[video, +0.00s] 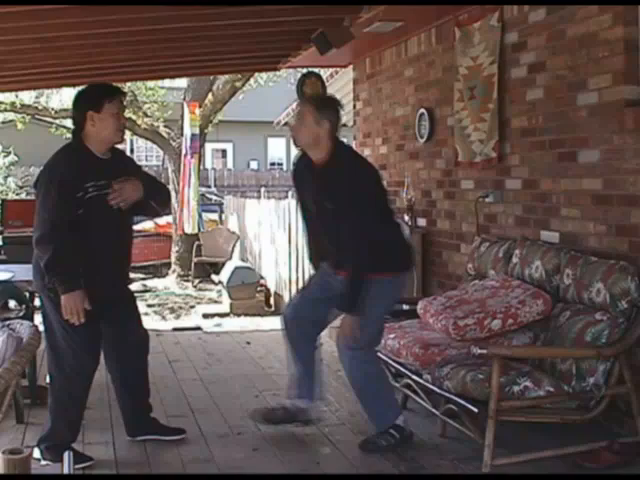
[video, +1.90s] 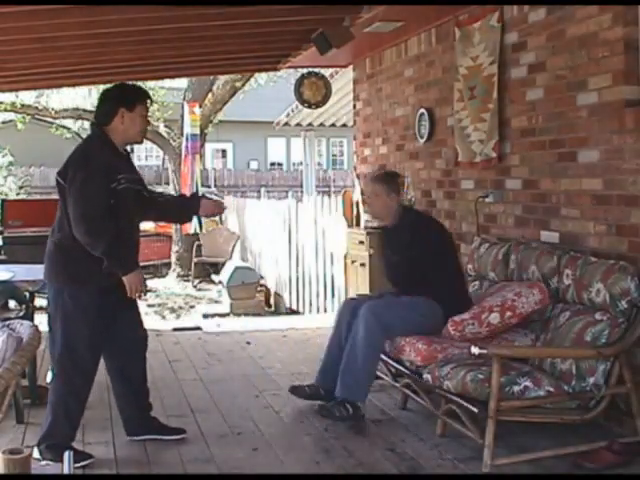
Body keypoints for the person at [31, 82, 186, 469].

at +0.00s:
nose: (124, 119)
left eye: (123, 112)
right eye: (117, 113)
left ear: (105, 120)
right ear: (91, 119)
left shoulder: (121, 163)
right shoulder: (61, 168)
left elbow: (162, 200)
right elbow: (47, 235)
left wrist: (142, 191)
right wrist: (67, 287)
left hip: (111, 281)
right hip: (67, 284)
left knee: (132, 347)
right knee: (75, 364)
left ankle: (139, 422)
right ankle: (54, 444)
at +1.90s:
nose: (148, 123)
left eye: (148, 115)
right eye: (144, 115)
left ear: (122, 117)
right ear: (122, 116)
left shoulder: (118, 159)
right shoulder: (89, 158)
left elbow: (143, 203)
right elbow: (87, 224)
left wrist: (195, 205)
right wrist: (124, 266)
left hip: (110, 276)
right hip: (76, 278)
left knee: (129, 347)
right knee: (76, 362)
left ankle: (139, 422)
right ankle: (53, 444)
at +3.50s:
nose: (103, 115)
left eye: (102, 107)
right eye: (96, 108)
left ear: (77, 113)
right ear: (72, 112)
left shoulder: (98, 160)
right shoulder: (41, 166)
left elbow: (131, 198)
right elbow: (45, 233)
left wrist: (177, 181)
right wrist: (83, 272)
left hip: (100, 275)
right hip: (58, 280)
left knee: (120, 348)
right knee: (71, 361)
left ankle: (132, 422)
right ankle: (57, 443)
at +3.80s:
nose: (118, 117)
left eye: (117, 110)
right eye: (112, 110)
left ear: (95, 114)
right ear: (87, 113)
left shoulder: (116, 162)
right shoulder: (56, 162)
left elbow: (153, 206)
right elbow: (41, 225)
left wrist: (139, 203)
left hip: (106, 277)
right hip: (63, 280)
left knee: (124, 347)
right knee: (67, 361)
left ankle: (130, 419)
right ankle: (56, 442)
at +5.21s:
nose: (113, 114)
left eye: (111, 106)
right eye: (107, 106)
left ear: (84, 111)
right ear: (83, 110)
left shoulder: (94, 155)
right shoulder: (66, 155)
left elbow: (122, 207)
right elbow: (94, 212)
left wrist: (166, 231)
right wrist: (149, 184)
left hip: (105, 276)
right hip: (75, 279)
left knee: (123, 348)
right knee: (75, 362)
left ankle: (132, 420)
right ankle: (53, 441)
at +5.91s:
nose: (113, 114)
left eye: (111, 106)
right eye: (106, 107)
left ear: (86, 113)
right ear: (81, 112)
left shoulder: (92, 155)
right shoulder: (68, 156)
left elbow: (119, 212)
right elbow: (113, 197)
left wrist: (157, 246)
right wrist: (158, 186)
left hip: (98, 274)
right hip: (70, 277)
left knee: (118, 347)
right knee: (76, 359)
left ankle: (131, 420)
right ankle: (52, 442)